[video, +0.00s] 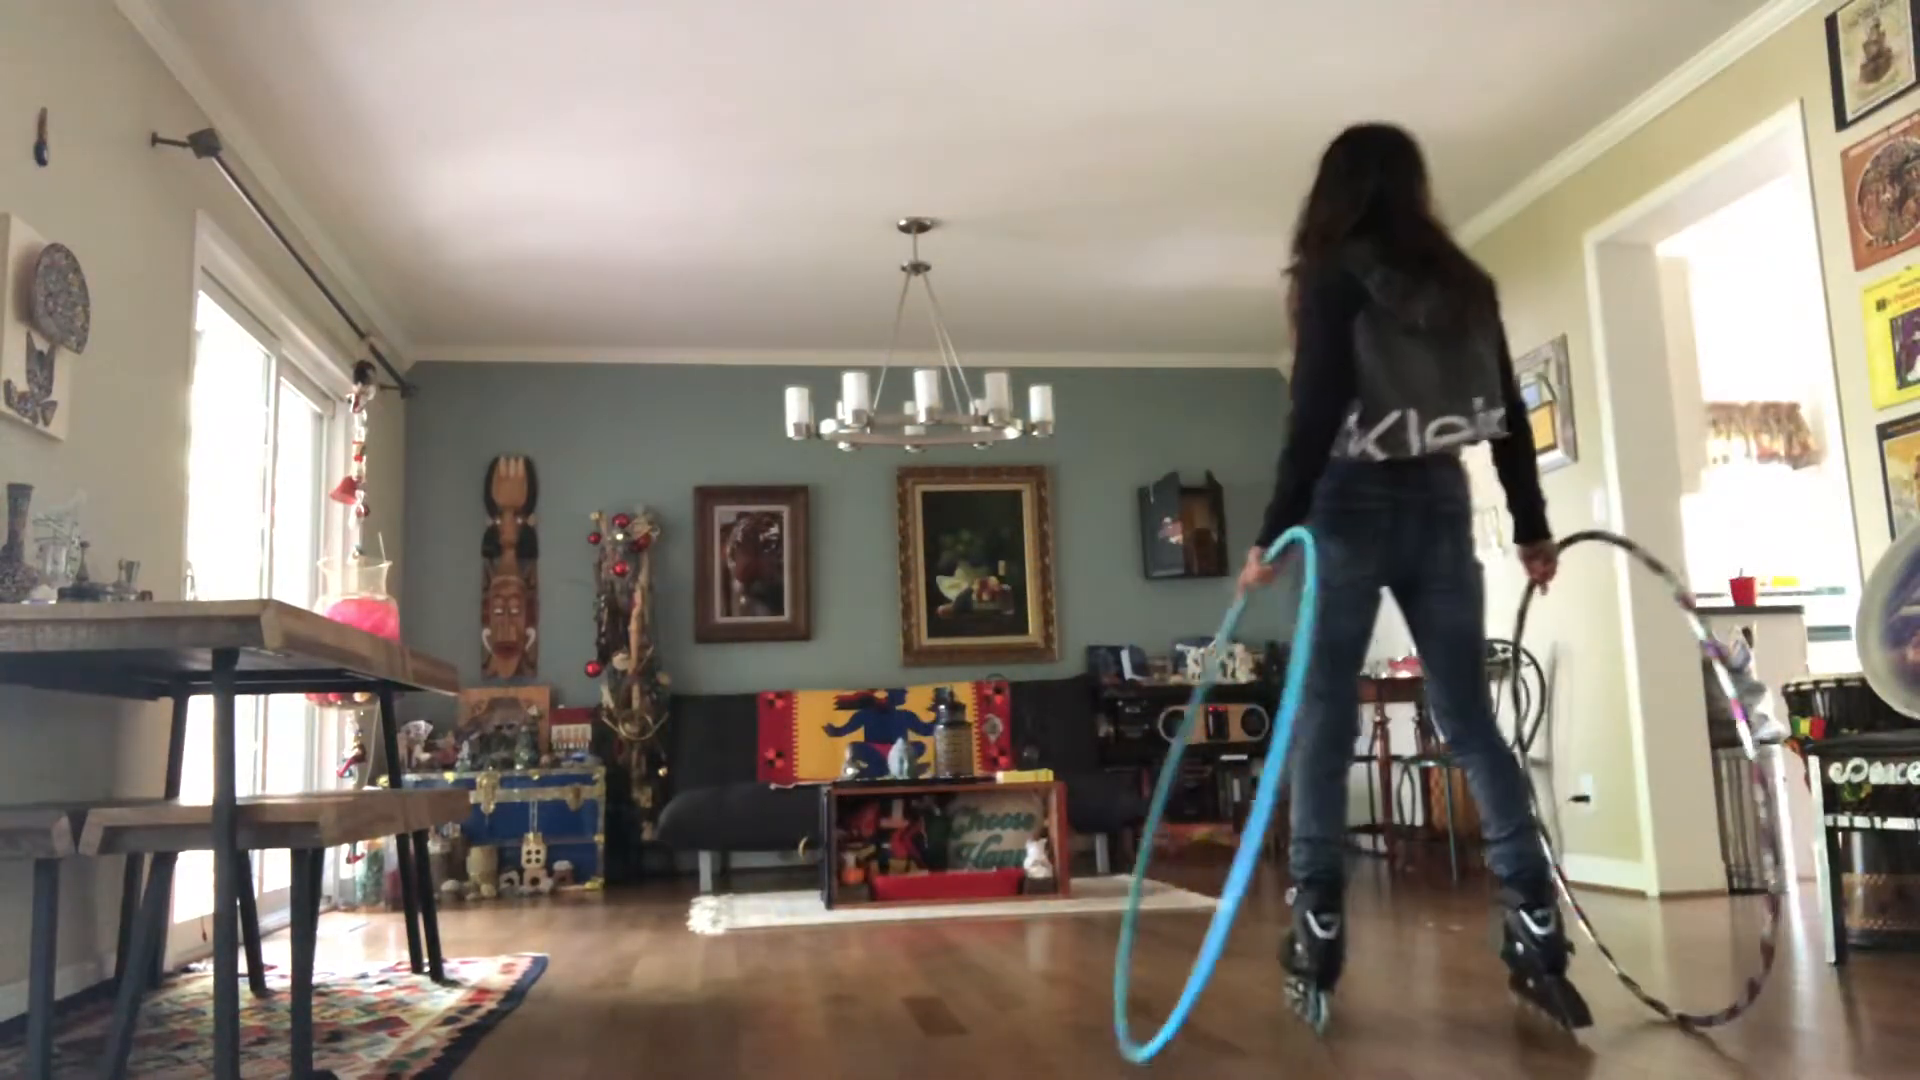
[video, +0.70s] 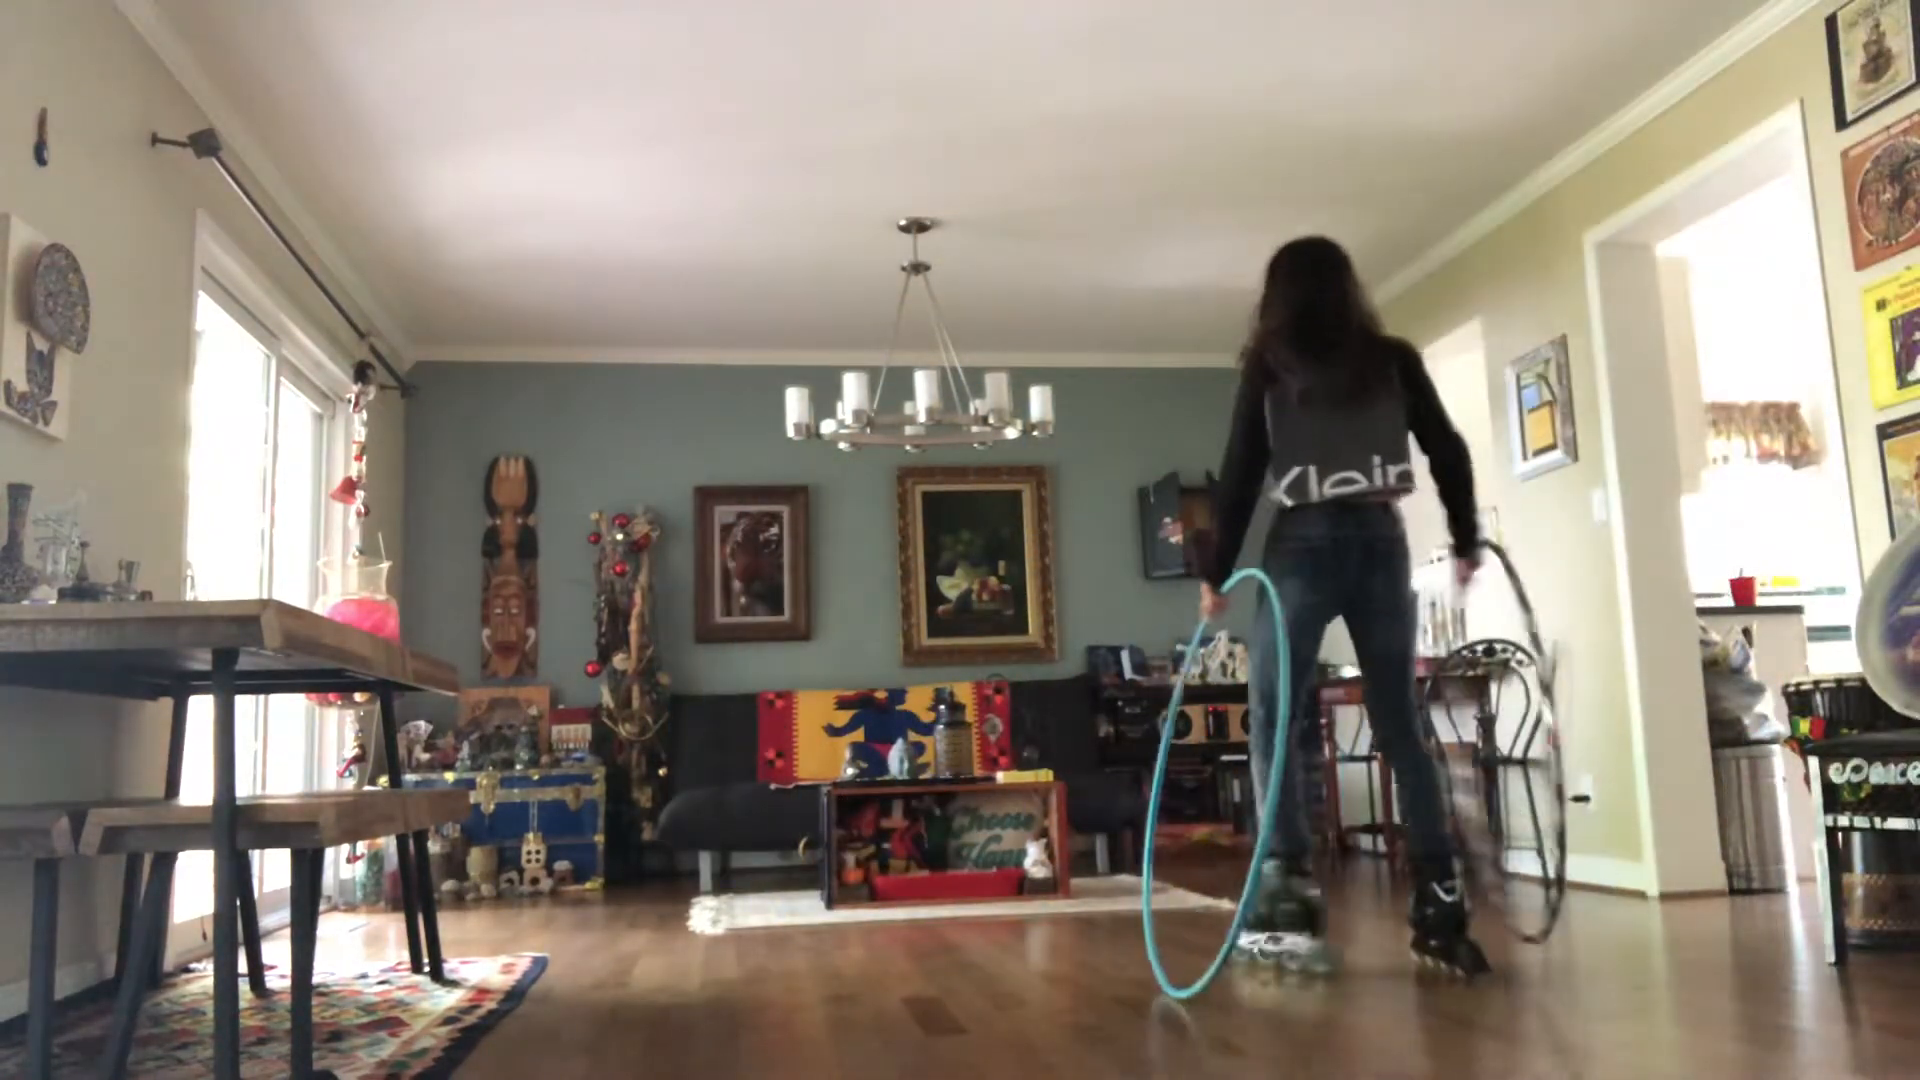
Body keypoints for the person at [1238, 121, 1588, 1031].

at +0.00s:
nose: (1316, 202)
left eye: (1324, 184)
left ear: (1335, 190)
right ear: (1418, 189)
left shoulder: (1329, 274)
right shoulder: (1464, 278)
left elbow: (1318, 403)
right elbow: (1505, 410)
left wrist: (1274, 530)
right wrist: (1531, 525)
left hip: (1351, 502)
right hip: (1443, 500)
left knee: (1326, 712)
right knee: (1469, 718)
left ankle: (1319, 921)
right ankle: (1537, 919)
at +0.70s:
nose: (1266, 306)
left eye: (1270, 290)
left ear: (1276, 296)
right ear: (1350, 288)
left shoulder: (1267, 366)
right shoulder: (1393, 357)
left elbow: (1242, 470)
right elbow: (1447, 448)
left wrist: (1216, 569)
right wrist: (1465, 538)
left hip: (1299, 542)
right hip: (1381, 540)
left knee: (1278, 721)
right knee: (1399, 726)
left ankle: (1286, 882)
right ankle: (1439, 889)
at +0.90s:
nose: (1243, 324)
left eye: (1247, 312)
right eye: (1251, 310)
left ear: (1258, 314)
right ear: (1320, 311)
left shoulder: (1262, 374)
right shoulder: (1356, 380)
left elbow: (1260, 473)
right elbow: (1399, 481)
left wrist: (1229, 573)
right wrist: (1376, 557)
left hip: (1292, 548)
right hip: (1354, 548)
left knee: (1255, 723)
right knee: (1366, 735)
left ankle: (1292, 886)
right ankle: (1409, 894)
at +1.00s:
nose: (1231, 334)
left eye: (1236, 321)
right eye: (1234, 321)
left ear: (1250, 322)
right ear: (1299, 319)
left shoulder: (1266, 378)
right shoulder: (1326, 379)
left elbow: (1274, 478)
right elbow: (1357, 491)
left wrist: (1238, 572)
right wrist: (1328, 551)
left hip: (1290, 561)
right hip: (1332, 561)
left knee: (1237, 729)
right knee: (1336, 735)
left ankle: (1268, 887)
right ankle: (1384, 887)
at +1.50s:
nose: (1134, 354)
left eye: (1145, 341)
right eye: (1133, 342)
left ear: (1178, 343)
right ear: (1139, 347)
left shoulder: (1222, 403)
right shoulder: (1144, 415)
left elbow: (1270, 493)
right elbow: (1136, 509)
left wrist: (1280, 584)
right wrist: (1092, 567)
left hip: (1206, 562)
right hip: (1148, 568)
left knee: (1170, 725)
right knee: (1147, 730)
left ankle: (1214, 878)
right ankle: (1156, 875)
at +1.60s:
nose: (1118, 352)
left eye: (1129, 340)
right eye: (1115, 341)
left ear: (1162, 342)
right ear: (1116, 348)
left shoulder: (1205, 402)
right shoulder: (1120, 416)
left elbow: (1252, 492)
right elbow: (1105, 507)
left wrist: (1260, 584)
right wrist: (1061, 569)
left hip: (1190, 562)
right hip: (1126, 566)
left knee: (1160, 723)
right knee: (1122, 730)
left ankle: (1207, 877)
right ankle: (1135, 881)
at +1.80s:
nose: (1088, 347)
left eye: (1099, 334)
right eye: (1083, 337)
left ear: (1132, 337)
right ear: (1080, 347)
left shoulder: (1173, 404)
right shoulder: (1077, 417)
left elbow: (1217, 485)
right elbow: (1048, 502)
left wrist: (1233, 566)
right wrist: (1009, 563)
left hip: (1165, 575)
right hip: (1097, 581)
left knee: (1154, 731)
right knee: (1093, 737)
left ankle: (1187, 878)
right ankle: (1105, 885)